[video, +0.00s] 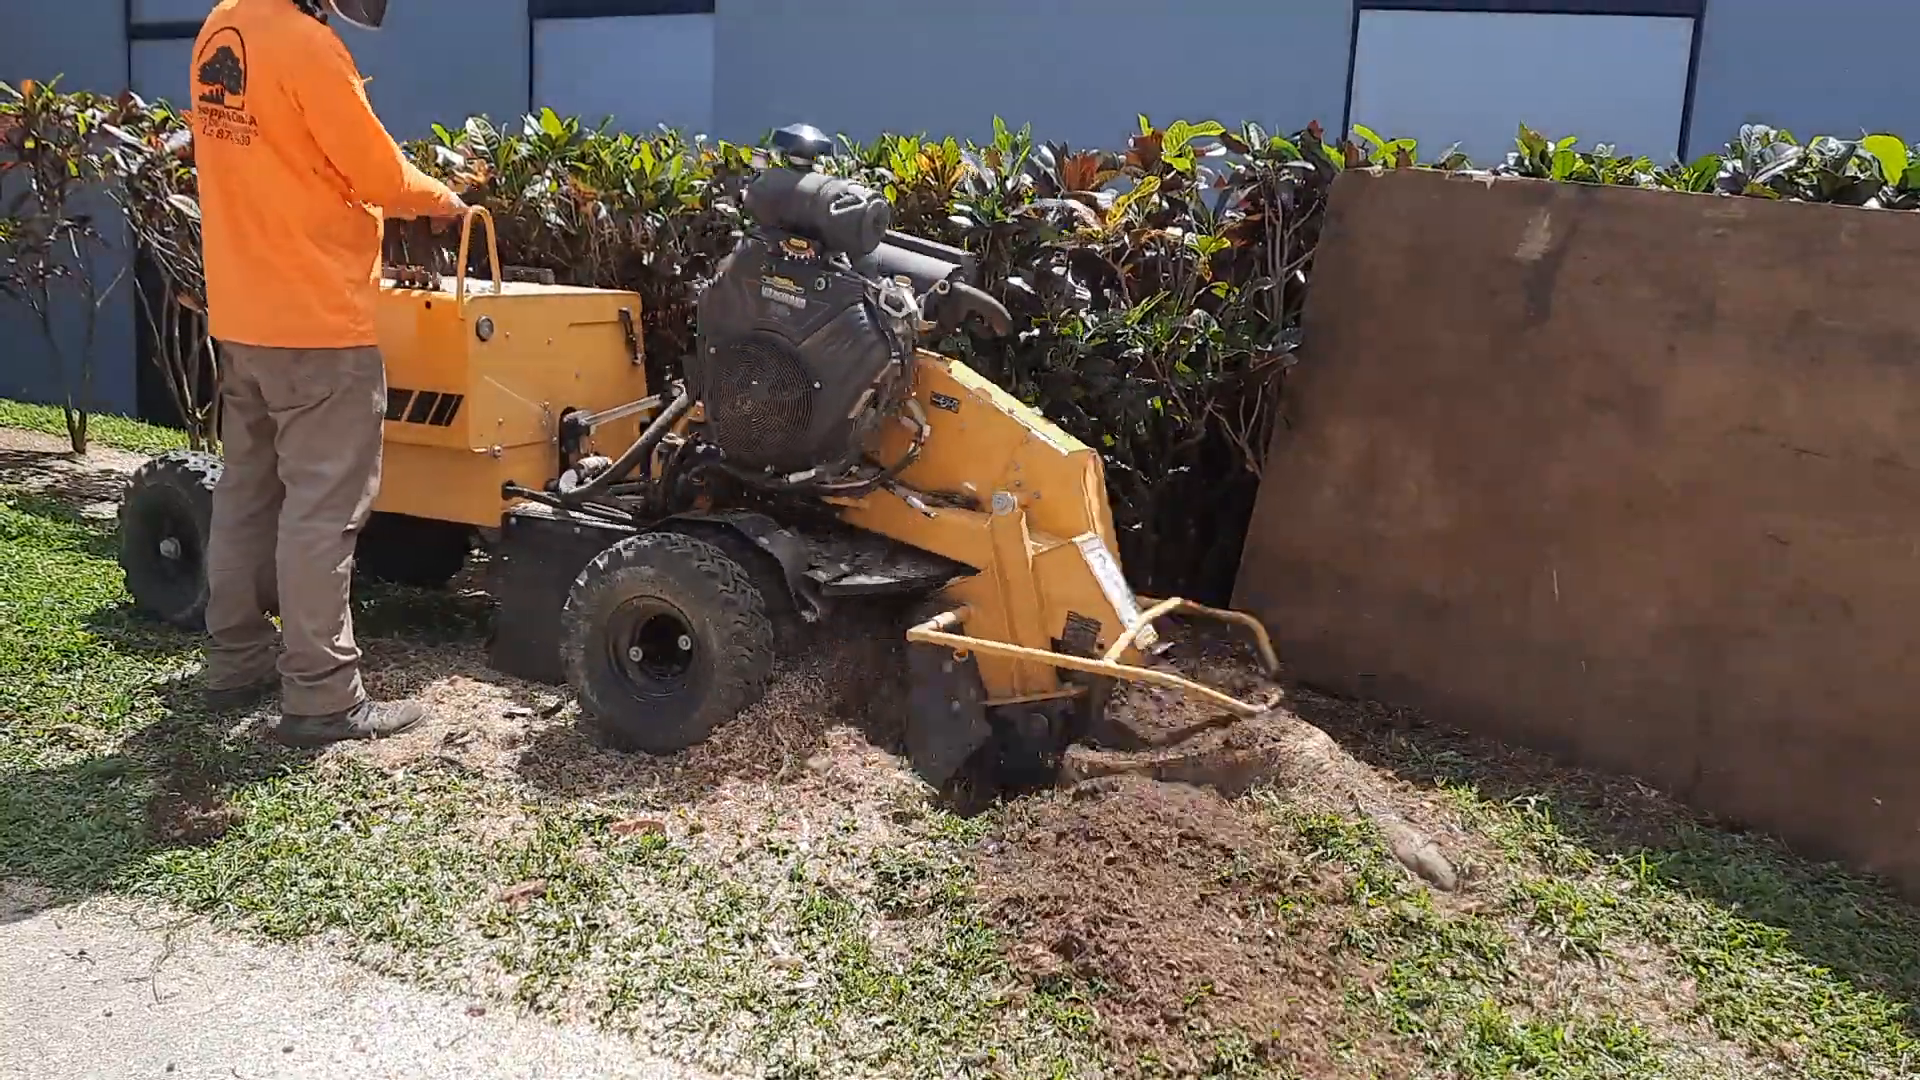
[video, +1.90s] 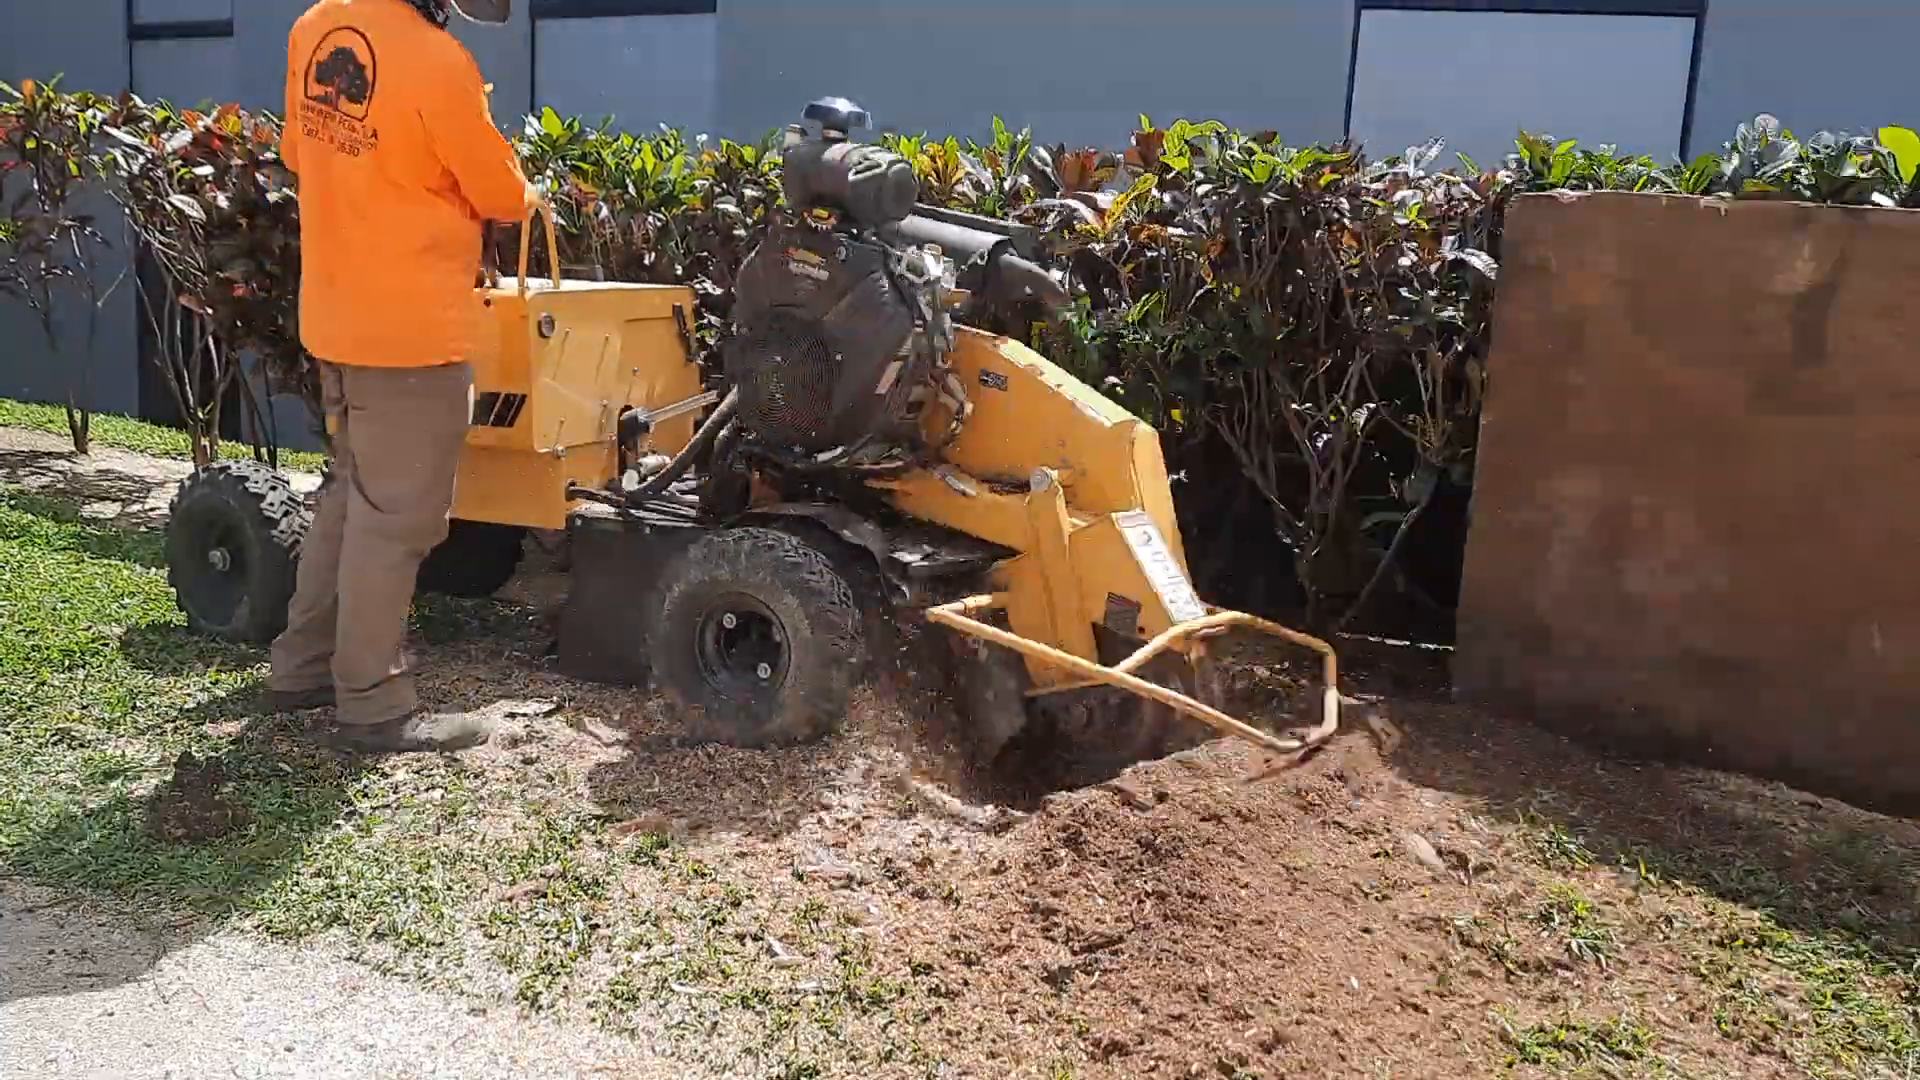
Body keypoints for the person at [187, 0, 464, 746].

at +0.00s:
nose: (373, 11)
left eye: (370, 6)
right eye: (367, 3)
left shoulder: (220, 25)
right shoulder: (312, 48)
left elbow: (282, 159)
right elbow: (380, 174)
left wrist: (395, 195)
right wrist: (441, 200)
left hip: (239, 320)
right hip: (319, 325)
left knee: (246, 493)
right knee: (324, 504)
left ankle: (238, 662)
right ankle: (321, 696)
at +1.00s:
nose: (409, 13)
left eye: (409, 7)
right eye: (407, 3)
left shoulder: (274, 27)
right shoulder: (346, 49)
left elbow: (344, 159)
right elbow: (422, 173)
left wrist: (449, 174)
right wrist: (499, 191)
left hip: (279, 323)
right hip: (352, 328)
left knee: (276, 495)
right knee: (349, 509)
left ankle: (256, 658)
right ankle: (345, 693)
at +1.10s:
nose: (416, 12)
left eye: (416, 7)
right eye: (413, 4)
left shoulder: (279, 25)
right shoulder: (345, 48)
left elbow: (342, 162)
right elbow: (413, 183)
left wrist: (444, 188)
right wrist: (472, 191)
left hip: (314, 311)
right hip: (357, 318)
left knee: (375, 482)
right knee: (344, 502)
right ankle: (323, 695)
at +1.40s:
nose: (400, 13)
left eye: (402, 6)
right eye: (399, 2)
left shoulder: (274, 23)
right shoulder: (331, 51)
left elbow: (346, 165)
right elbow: (408, 180)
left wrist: (437, 191)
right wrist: (472, 185)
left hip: (307, 317)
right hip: (351, 324)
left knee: (368, 489)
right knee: (342, 509)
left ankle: (412, 633)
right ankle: (322, 695)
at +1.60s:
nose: (434, 26)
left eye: (440, 19)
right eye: (435, 16)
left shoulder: (335, 24)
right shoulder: (362, 44)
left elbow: (373, 158)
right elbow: (422, 189)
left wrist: (450, 180)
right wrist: (476, 193)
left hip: (318, 287)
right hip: (360, 280)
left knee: (323, 488)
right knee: (549, 333)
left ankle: (294, 666)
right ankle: (617, 520)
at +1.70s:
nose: (435, 14)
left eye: (435, 8)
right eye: (431, 5)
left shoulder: (339, 30)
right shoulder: (342, 39)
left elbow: (390, 168)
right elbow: (406, 182)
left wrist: (482, 189)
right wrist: (498, 196)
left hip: (329, 288)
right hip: (360, 280)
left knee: (329, 486)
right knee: (547, 326)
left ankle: (298, 665)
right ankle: (650, 510)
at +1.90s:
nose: (479, 8)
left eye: (480, 4)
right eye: (474, 2)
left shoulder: (315, 25)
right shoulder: (437, 61)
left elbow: (297, 153)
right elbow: (501, 196)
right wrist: (529, 194)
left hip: (334, 315)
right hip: (411, 327)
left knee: (351, 491)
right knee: (398, 515)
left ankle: (302, 666)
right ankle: (373, 707)